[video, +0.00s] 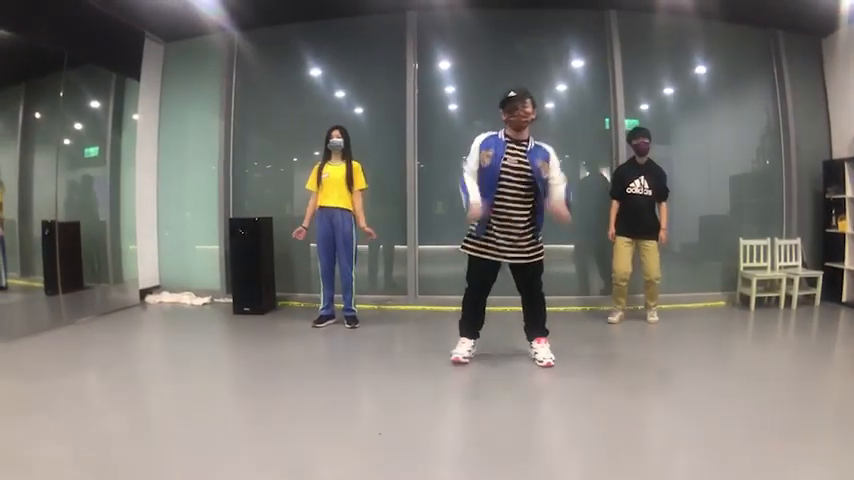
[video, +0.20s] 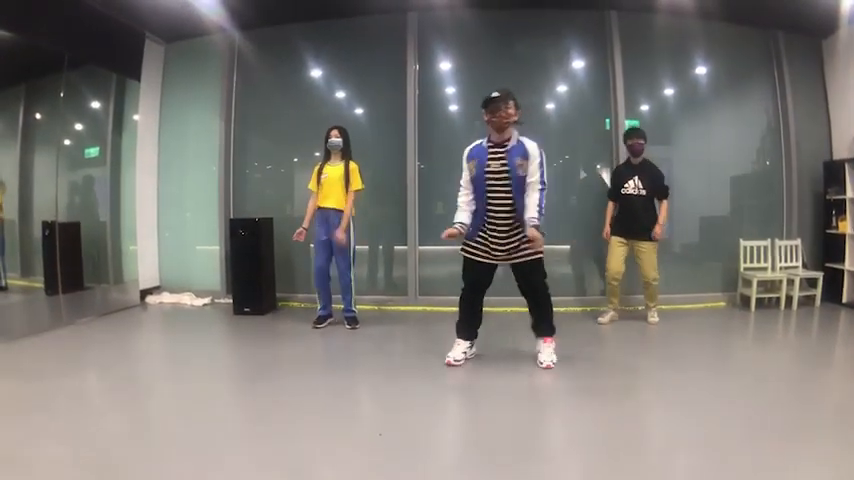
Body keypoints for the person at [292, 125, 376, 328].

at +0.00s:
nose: (336, 140)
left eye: (340, 137)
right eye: (332, 137)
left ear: (346, 141)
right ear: (327, 142)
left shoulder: (353, 166)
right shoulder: (320, 167)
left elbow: (357, 196)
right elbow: (313, 198)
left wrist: (362, 224)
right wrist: (305, 225)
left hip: (344, 214)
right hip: (323, 214)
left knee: (346, 265)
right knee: (325, 265)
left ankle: (349, 312)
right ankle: (326, 311)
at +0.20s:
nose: (334, 140)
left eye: (338, 137)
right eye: (331, 137)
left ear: (344, 141)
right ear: (326, 142)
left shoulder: (350, 167)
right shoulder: (319, 168)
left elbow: (351, 199)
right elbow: (314, 198)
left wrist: (343, 227)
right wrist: (305, 226)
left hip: (340, 215)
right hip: (321, 214)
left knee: (344, 267)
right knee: (320, 265)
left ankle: (349, 312)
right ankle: (324, 311)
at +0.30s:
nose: (330, 142)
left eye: (334, 139)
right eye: (326, 139)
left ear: (341, 144)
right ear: (322, 144)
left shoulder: (344, 167)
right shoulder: (315, 170)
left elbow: (349, 197)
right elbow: (308, 199)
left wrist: (327, 220)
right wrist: (302, 223)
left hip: (340, 217)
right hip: (320, 216)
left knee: (340, 267)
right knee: (316, 266)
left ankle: (355, 311)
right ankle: (316, 311)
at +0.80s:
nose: (335, 143)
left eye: (339, 141)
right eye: (331, 140)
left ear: (345, 148)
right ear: (325, 146)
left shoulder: (350, 173)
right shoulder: (314, 169)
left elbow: (356, 204)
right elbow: (301, 197)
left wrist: (344, 222)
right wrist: (301, 225)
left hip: (340, 218)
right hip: (318, 218)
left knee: (345, 268)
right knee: (323, 270)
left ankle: (347, 313)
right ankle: (295, 311)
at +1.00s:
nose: (345, 149)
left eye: (349, 146)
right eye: (341, 146)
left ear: (354, 154)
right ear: (335, 152)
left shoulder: (356, 180)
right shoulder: (324, 173)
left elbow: (363, 207)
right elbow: (300, 191)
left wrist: (350, 209)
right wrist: (309, 214)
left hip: (341, 224)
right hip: (322, 223)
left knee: (348, 271)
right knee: (328, 273)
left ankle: (348, 313)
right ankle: (299, 311)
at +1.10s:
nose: (342, 139)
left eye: (347, 137)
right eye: (339, 136)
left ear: (352, 144)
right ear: (333, 143)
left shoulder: (356, 169)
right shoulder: (324, 165)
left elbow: (357, 199)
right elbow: (310, 192)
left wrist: (345, 216)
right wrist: (310, 220)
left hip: (344, 215)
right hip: (323, 213)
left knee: (345, 267)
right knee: (320, 265)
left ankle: (347, 311)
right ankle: (300, 310)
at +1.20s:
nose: (337, 136)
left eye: (341, 133)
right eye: (333, 133)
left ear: (348, 141)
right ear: (328, 140)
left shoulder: (352, 166)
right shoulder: (320, 165)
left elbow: (350, 198)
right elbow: (314, 194)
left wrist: (336, 224)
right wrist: (308, 221)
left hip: (343, 212)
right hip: (322, 211)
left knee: (345, 264)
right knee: (313, 261)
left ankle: (348, 311)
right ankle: (306, 309)